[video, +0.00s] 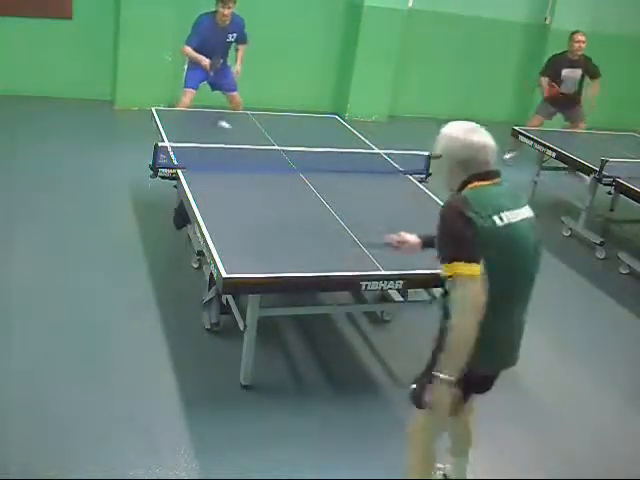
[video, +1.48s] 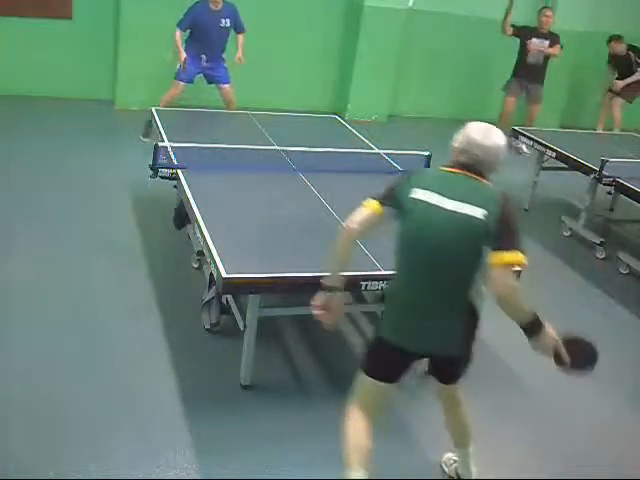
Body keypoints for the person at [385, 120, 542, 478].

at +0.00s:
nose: (437, 169)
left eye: (440, 161)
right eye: (437, 161)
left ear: (454, 164)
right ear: (486, 158)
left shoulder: (460, 209)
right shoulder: (512, 199)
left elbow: (471, 300)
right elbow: (484, 240)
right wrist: (422, 242)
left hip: (468, 348)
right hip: (501, 344)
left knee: (422, 425)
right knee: (460, 406)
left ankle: (421, 473)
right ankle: (459, 470)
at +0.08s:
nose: (445, 166)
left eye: (447, 159)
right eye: (445, 159)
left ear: (458, 165)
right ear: (495, 159)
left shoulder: (461, 207)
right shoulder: (520, 201)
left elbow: (458, 301)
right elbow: (500, 270)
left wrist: (422, 366)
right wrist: (439, 263)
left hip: (470, 346)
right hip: (506, 342)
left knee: (425, 423)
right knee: (462, 408)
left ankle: (426, 473)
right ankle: (459, 471)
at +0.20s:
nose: (454, 171)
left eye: (455, 164)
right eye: (455, 164)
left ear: (463, 169)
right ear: (508, 166)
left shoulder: (461, 208)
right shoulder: (532, 208)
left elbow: (437, 300)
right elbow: (541, 280)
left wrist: (418, 352)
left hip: (463, 354)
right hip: (511, 351)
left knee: (425, 440)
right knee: (473, 408)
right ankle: (463, 472)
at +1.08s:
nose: (495, 161)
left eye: (497, 156)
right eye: (495, 155)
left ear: (505, 163)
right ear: (545, 170)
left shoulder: (484, 199)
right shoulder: (559, 213)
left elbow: (442, 267)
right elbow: (540, 289)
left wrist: (431, 324)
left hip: (472, 337)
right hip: (518, 339)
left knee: (438, 433)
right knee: (476, 403)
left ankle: (439, 475)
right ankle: (484, 471)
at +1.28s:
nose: (485, 162)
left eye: (487, 158)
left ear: (490, 164)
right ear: (531, 175)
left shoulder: (457, 189)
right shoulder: (542, 218)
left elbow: (407, 235)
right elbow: (560, 294)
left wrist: (426, 267)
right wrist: (544, 317)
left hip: (443, 328)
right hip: (493, 336)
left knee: (416, 433)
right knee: (463, 398)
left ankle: (420, 471)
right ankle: (470, 468)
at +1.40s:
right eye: (513, 166)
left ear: (471, 158)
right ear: (509, 170)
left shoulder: (432, 186)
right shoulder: (512, 215)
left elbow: (379, 235)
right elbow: (527, 295)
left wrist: (372, 277)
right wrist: (541, 342)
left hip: (418, 323)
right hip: (468, 330)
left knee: (386, 418)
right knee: (457, 397)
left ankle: (382, 473)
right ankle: (467, 469)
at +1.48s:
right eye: (496, 161)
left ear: (454, 151)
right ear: (494, 165)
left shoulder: (414, 181)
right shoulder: (496, 204)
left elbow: (351, 227)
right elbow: (503, 286)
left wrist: (332, 287)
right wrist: (537, 329)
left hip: (401, 320)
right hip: (453, 327)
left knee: (362, 406)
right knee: (450, 393)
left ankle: (356, 472)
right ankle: (465, 466)